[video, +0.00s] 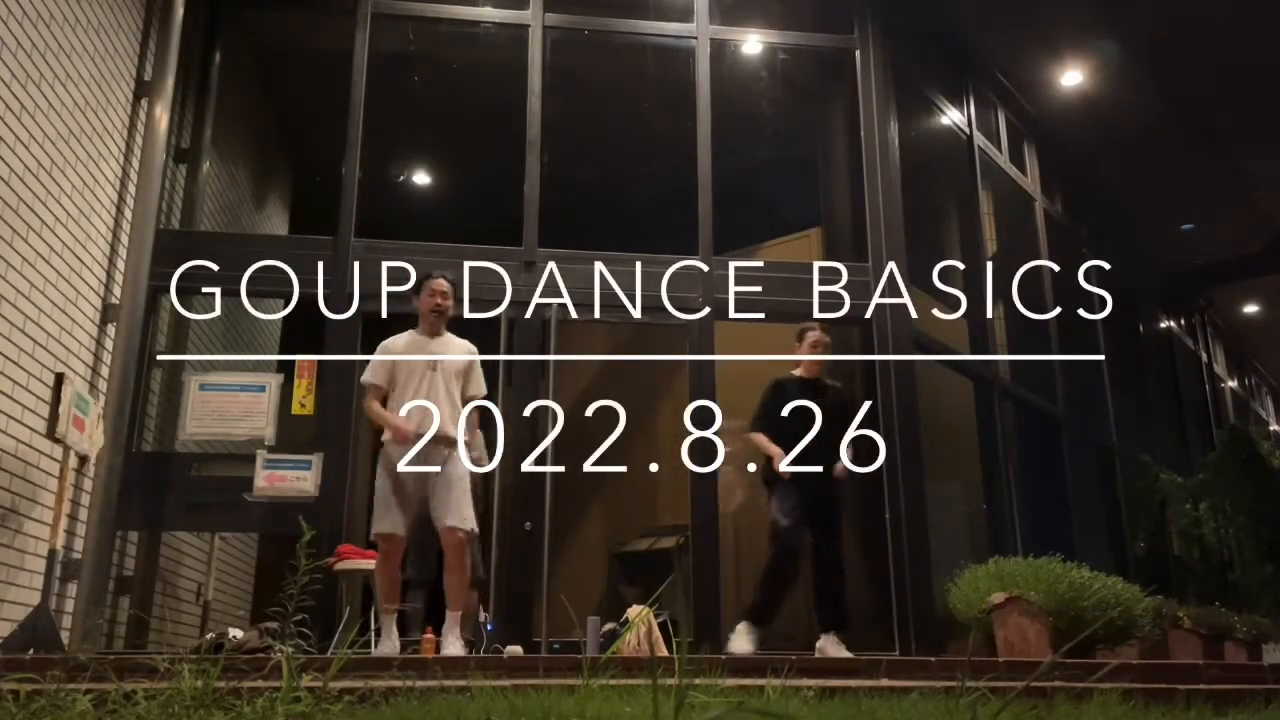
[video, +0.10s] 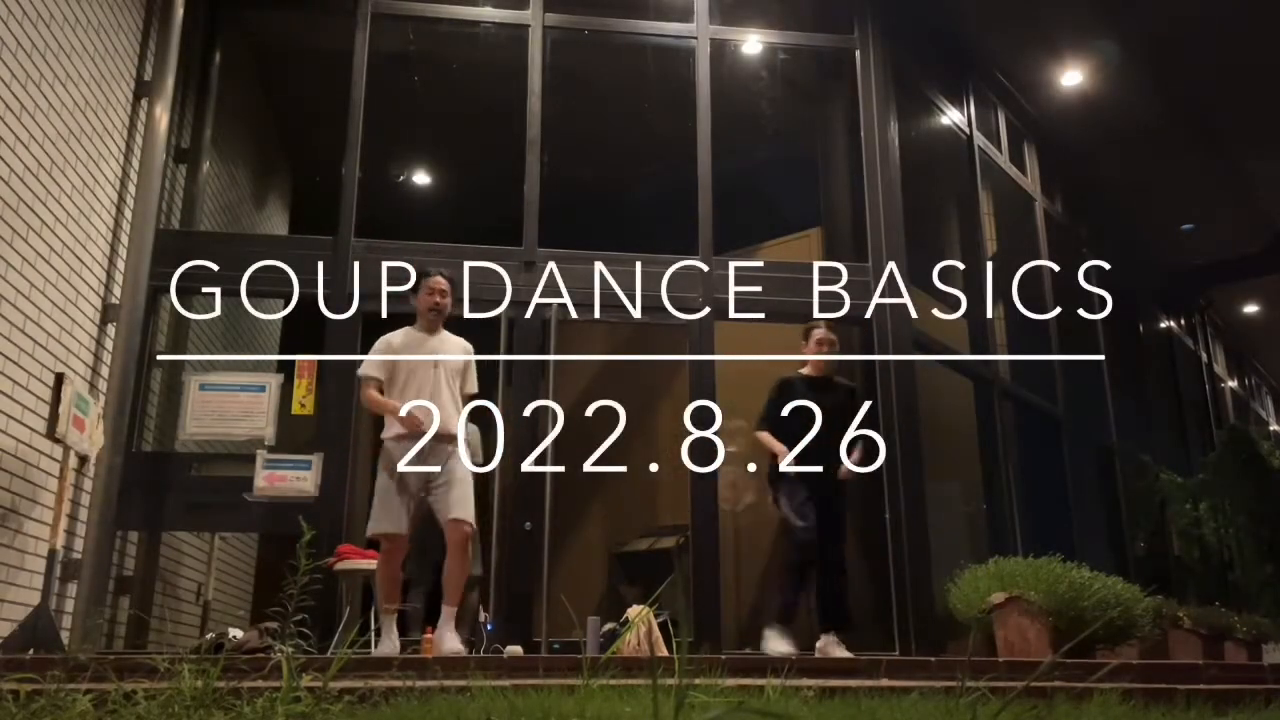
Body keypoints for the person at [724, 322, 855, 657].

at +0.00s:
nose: (819, 351)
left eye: (824, 347)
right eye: (813, 345)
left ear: (829, 353)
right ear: (799, 350)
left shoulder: (837, 394)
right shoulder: (781, 388)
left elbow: (850, 433)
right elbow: (756, 431)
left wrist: (846, 459)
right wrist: (776, 451)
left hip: (825, 482)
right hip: (788, 482)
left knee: (829, 555)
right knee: (787, 552)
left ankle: (829, 635)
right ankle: (749, 627)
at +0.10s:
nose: (826, 349)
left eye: (830, 344)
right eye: (820, 343)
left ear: (837, 349)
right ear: (805, 347)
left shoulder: (847, 391)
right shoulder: (787, 386)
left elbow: (860, 433)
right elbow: (762, 429)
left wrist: (853, 460)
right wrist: (780, 449)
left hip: (831, 480)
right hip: (794, 479)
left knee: (832, 553)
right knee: (802, 540)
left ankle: (829, 635)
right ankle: (777, 627)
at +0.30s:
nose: (831, 344)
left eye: (837, 339)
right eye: (825, 339)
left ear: (846, 345)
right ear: (813, 346)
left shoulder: (858, 389)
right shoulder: (796, 386)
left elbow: (872, 429)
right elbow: (774, 430)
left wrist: (865, 448)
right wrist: (791, 454)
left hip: (847, 482)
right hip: (809, 484)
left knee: (843, 552)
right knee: (823, 552)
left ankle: (839, 632)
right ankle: (833, 632)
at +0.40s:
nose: (832, 343)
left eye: (838, 337)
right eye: (825, 337)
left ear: (847, 344)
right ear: (814, 345)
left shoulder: (858, 387)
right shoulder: (801, 386)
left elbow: (872, 434)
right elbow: (781, 434)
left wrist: (876, 415)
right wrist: (797, 457)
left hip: (855, 482)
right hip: (816, 483)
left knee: (851, 554)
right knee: (830, 554)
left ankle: (842, 633)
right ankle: (841, 633)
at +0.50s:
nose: (830, 340)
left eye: (836, 333)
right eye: (823, 336)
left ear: (848, 341)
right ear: (814, 345)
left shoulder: (862, 381)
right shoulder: (805, 383)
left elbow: (883, 415)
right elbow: (787, 433)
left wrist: (872, 368)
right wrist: (802, 451)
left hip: (860, 478)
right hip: (822, 481)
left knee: (857, 553)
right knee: (834, 554)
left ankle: (839, 634)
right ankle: (844, 633)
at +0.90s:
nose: (848, 331)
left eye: (853, 325)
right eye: (840, 327)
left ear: (864, 332)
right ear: (830, 337)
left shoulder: (874, 368)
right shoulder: (820, 374)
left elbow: (884, 384)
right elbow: (799, 421)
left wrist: (866, 346)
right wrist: (805, 457)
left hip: (877, 472)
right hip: (835, 475)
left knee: (885, 545)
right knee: (843, 554)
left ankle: (885, 625)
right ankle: (854, 638)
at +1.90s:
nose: (877, 315)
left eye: (883, 309)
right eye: (869, 309)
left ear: (894, 319)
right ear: (857, 320)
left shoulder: (907, 362)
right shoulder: (842, 363)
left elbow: (936, 408)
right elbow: (827, 413)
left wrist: (914, 365)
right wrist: (819, 454)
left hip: (906, 469)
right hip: (859, 473)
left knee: (913, 554)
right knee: (868, 556)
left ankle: (919, 639)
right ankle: (878, 638)